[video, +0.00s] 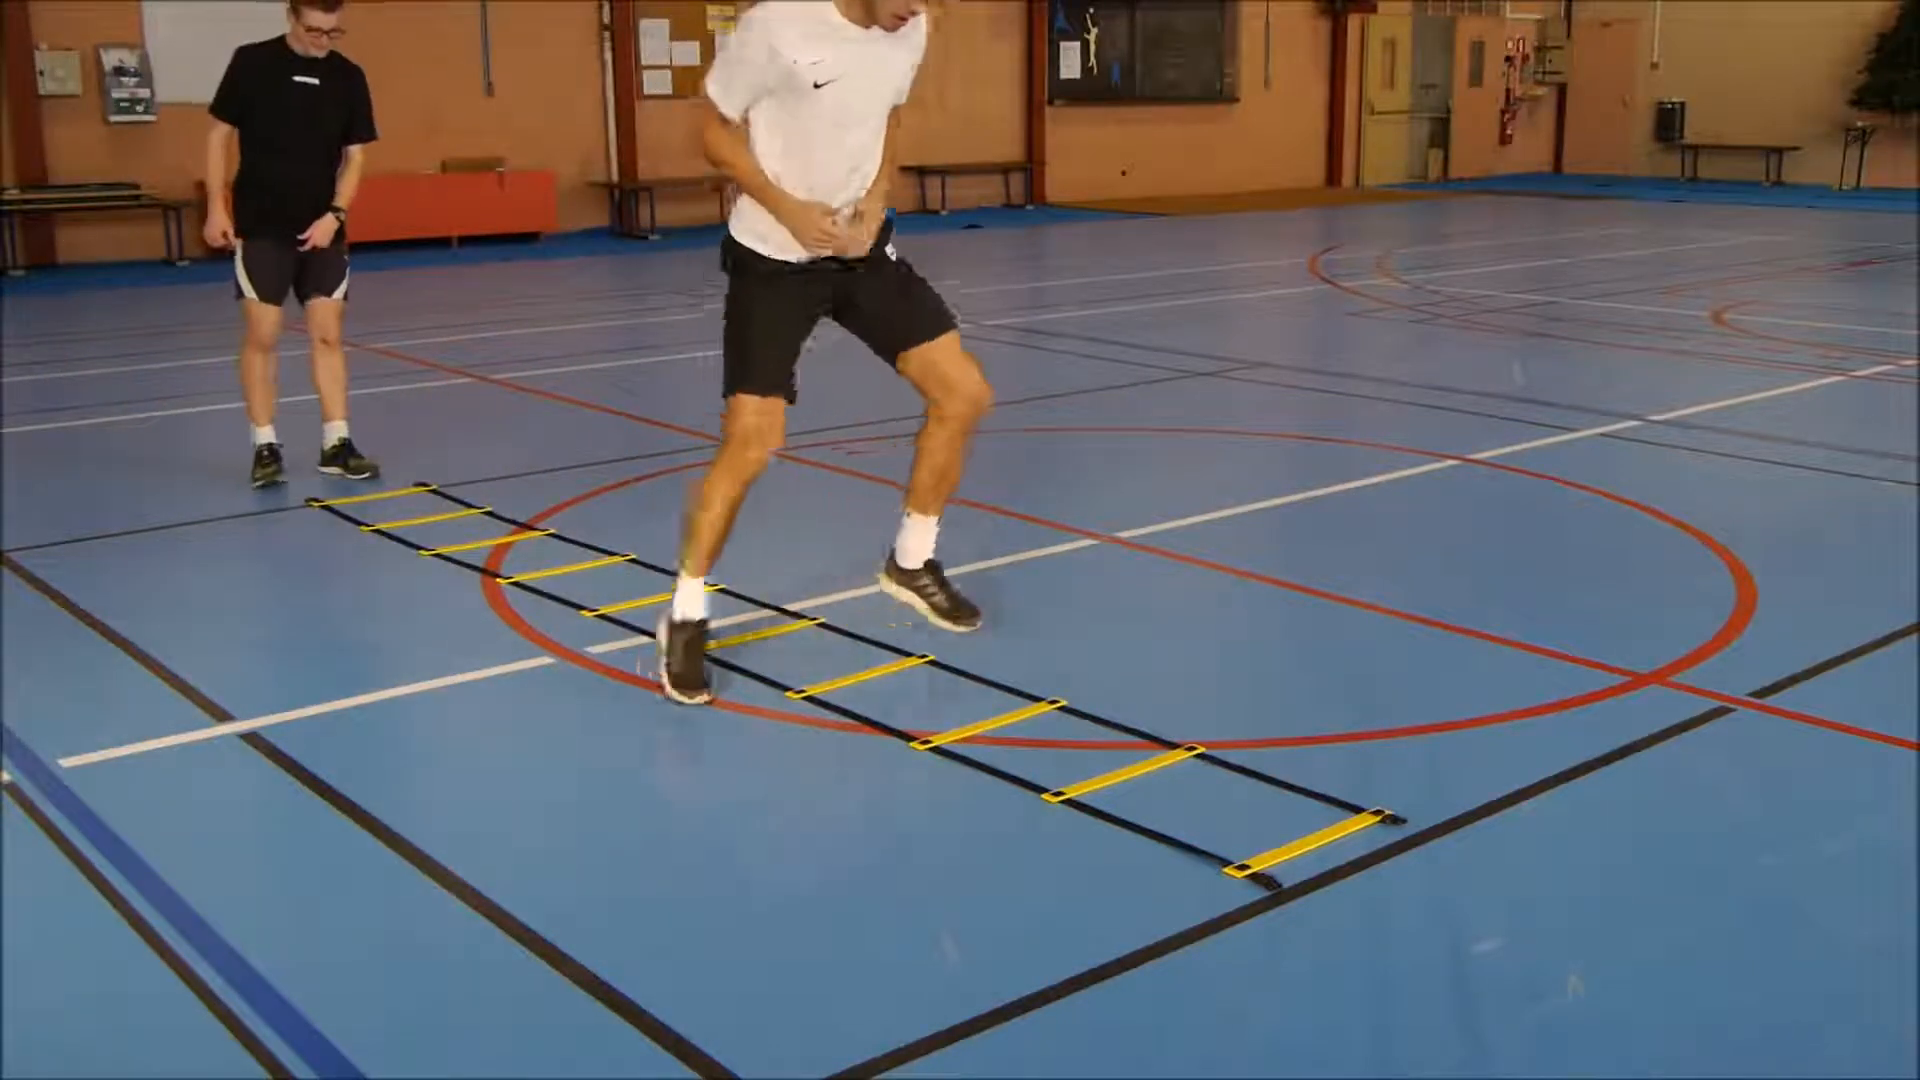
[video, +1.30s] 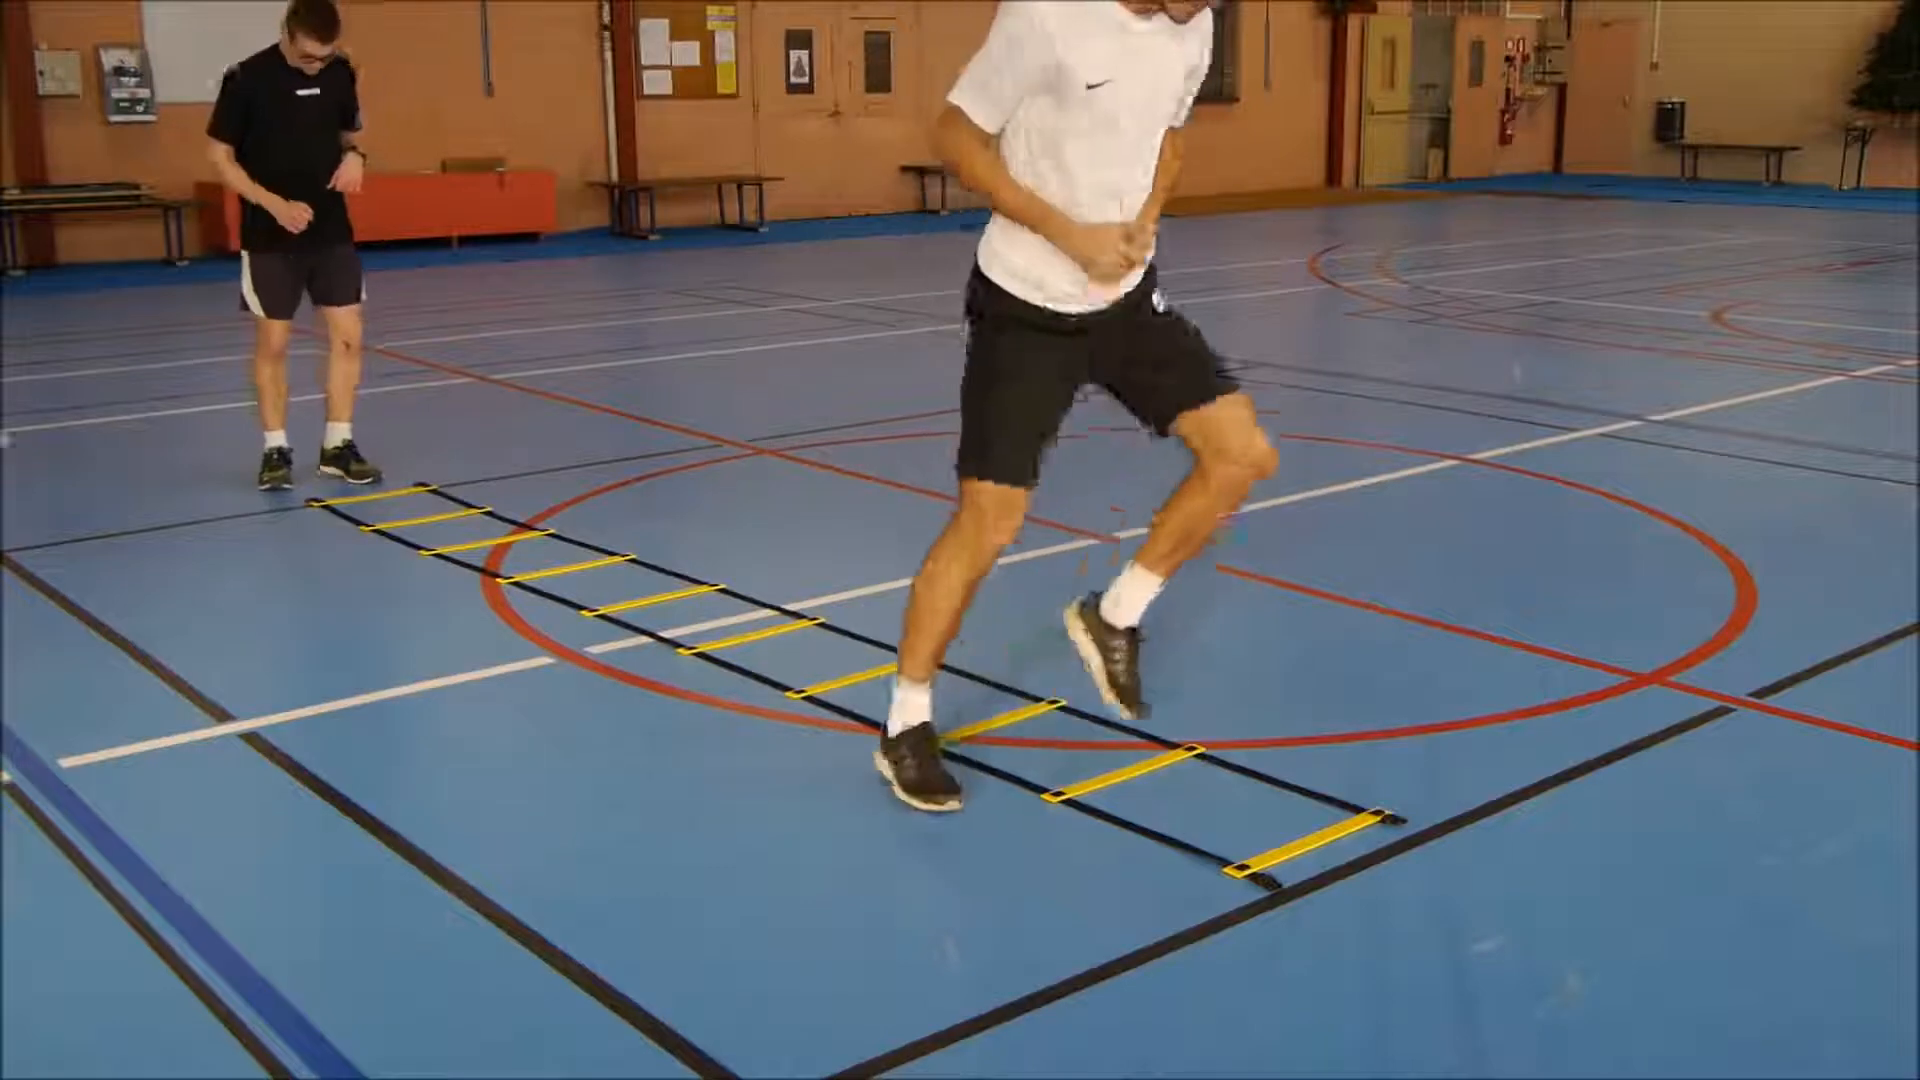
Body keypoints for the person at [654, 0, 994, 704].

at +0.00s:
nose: (913, 3)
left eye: (917, 0)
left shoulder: (912, 29)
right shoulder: (773, 26)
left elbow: (887, 116)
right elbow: (714, 131)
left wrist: (876, 202)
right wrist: (792, 210)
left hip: (862, 249)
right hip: (769, 259)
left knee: (961, 395)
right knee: (754, 441)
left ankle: (913, 562)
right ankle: (686, 613)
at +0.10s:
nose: (937, 17)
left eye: (945, 8)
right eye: (928, 6)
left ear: (948, 5)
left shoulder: (953, 33)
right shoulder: (795, 23)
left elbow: (948, 125)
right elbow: (738, 112)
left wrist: (918, 201)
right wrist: (793, 194)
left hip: (904, 264)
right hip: (805, 263)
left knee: (955, 429)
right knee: (797, 431)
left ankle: (931, 588)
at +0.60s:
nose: (1035, 18)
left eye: (1040, 9)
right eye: (1027, 5)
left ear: (1034, 5)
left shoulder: (1024, 38)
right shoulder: (881, 30)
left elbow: (986, 132)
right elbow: (802, 149)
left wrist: (996, 213)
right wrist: (908, 231)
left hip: (967, 289)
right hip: (875, 295)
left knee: (1089, 424)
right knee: (851, 497)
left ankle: (992, 588)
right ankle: (778, 679)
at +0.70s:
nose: (1055, 5)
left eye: (1060, 0)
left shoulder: (1055, 28)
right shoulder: (901, 19)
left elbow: (1031, 123)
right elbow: (824, 123)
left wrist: (1024, 200)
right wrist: (919, 208)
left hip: (997, 278)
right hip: (898, 281)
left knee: (1098, 438)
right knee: (889, 475)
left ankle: (1039, 615)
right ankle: (811, 662)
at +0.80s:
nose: (1082, 5)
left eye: (1088, 0)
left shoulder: (1101, 36)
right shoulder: (927, 19)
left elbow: (1103, 144)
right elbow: (860, 108)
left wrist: (1068, 215)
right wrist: (922, 190)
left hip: (1042, 289)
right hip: (937, 284)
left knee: (1091, 482)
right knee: (938, 472)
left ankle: (1044, 636)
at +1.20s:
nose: (1168, 1)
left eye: (1176, 0)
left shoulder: (1190, 20)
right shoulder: (1017, 11)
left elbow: (1172, 132)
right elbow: (943, 121)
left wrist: (1128, 228)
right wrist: (1040, 213)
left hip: (1111, 296)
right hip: (1002, 286)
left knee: (1167, 486)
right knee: (997, 499)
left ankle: (1054, 648)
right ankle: (925, 709)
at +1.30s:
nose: (1196, 4)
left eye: (1201, 2)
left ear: (1199, 0)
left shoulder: (1197, 23)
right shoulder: (1042, 18)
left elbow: (1169, 136)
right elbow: (955, 135)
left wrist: (1144, 229)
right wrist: (1069, 233)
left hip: (1126, 300)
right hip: (1024, 305)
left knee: (1240, 457)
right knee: (989, 523)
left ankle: (1114, 616)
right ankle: (907, 719)